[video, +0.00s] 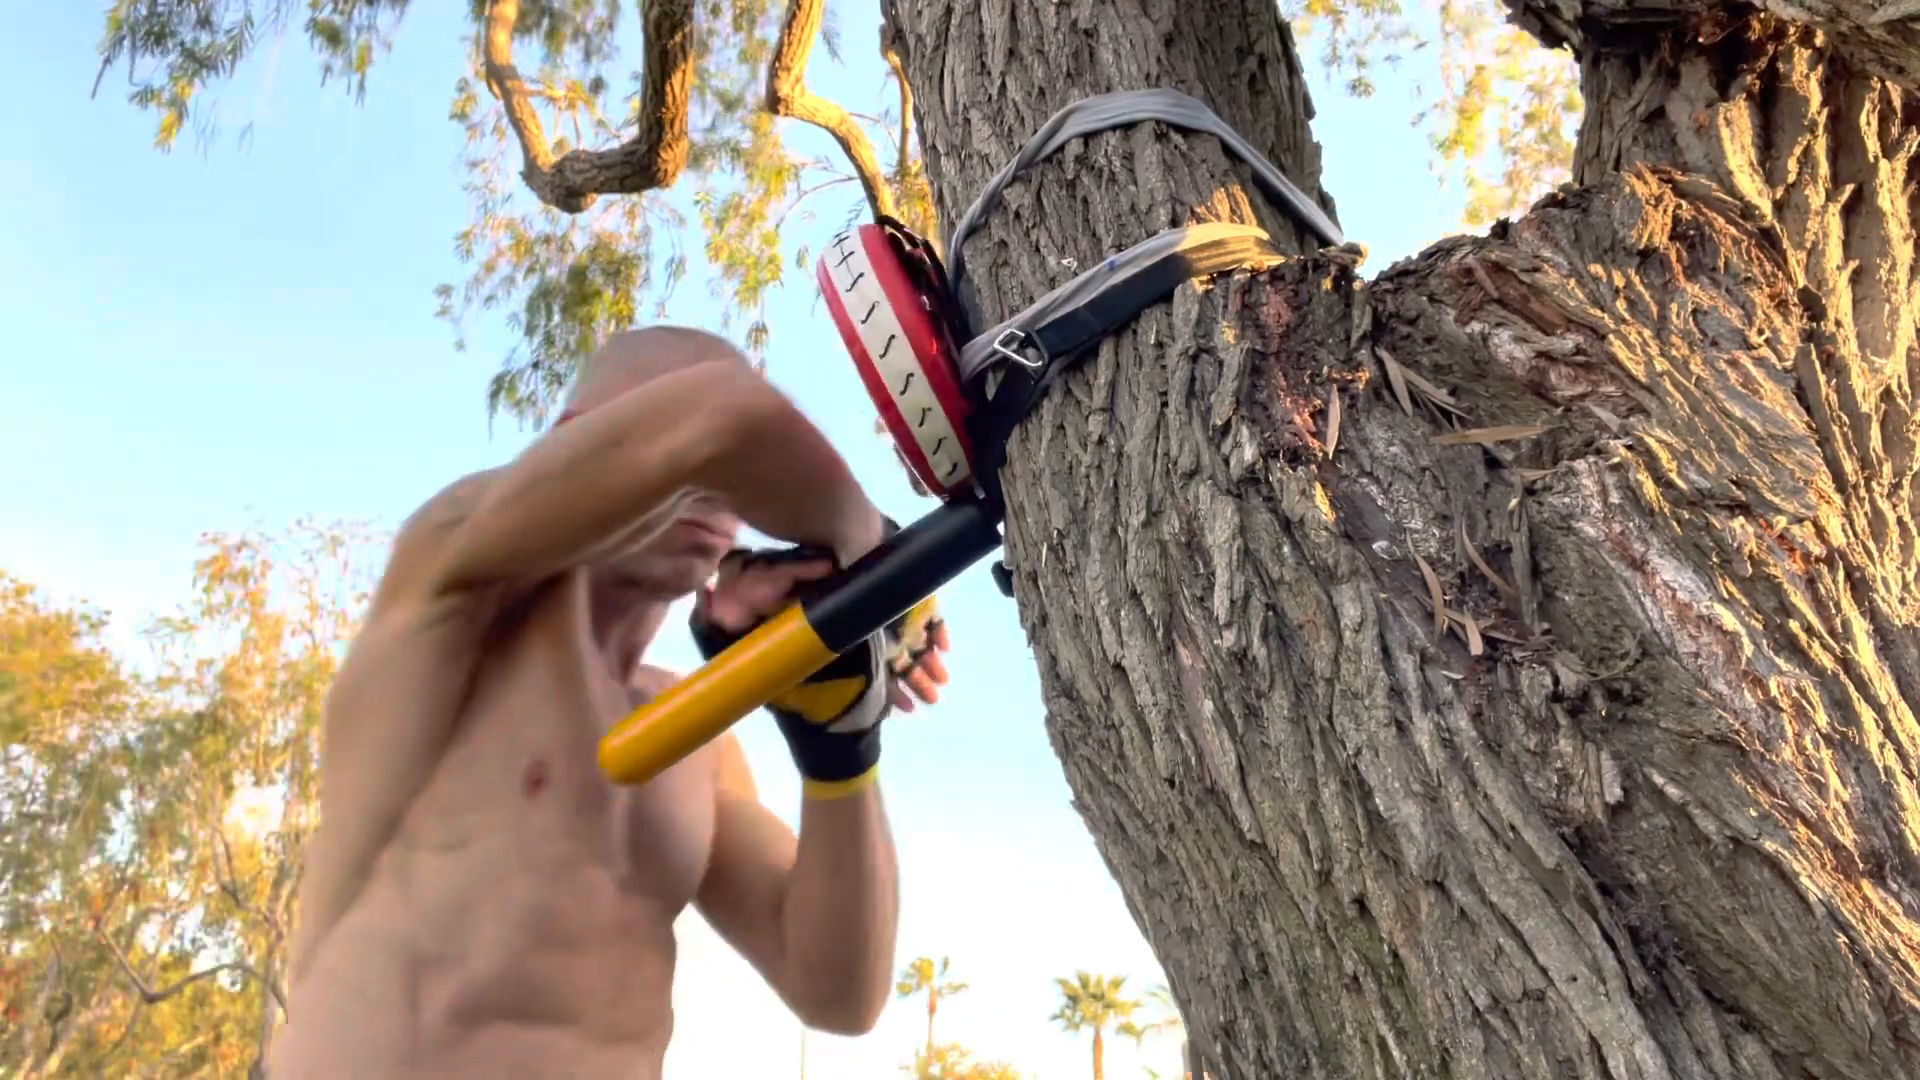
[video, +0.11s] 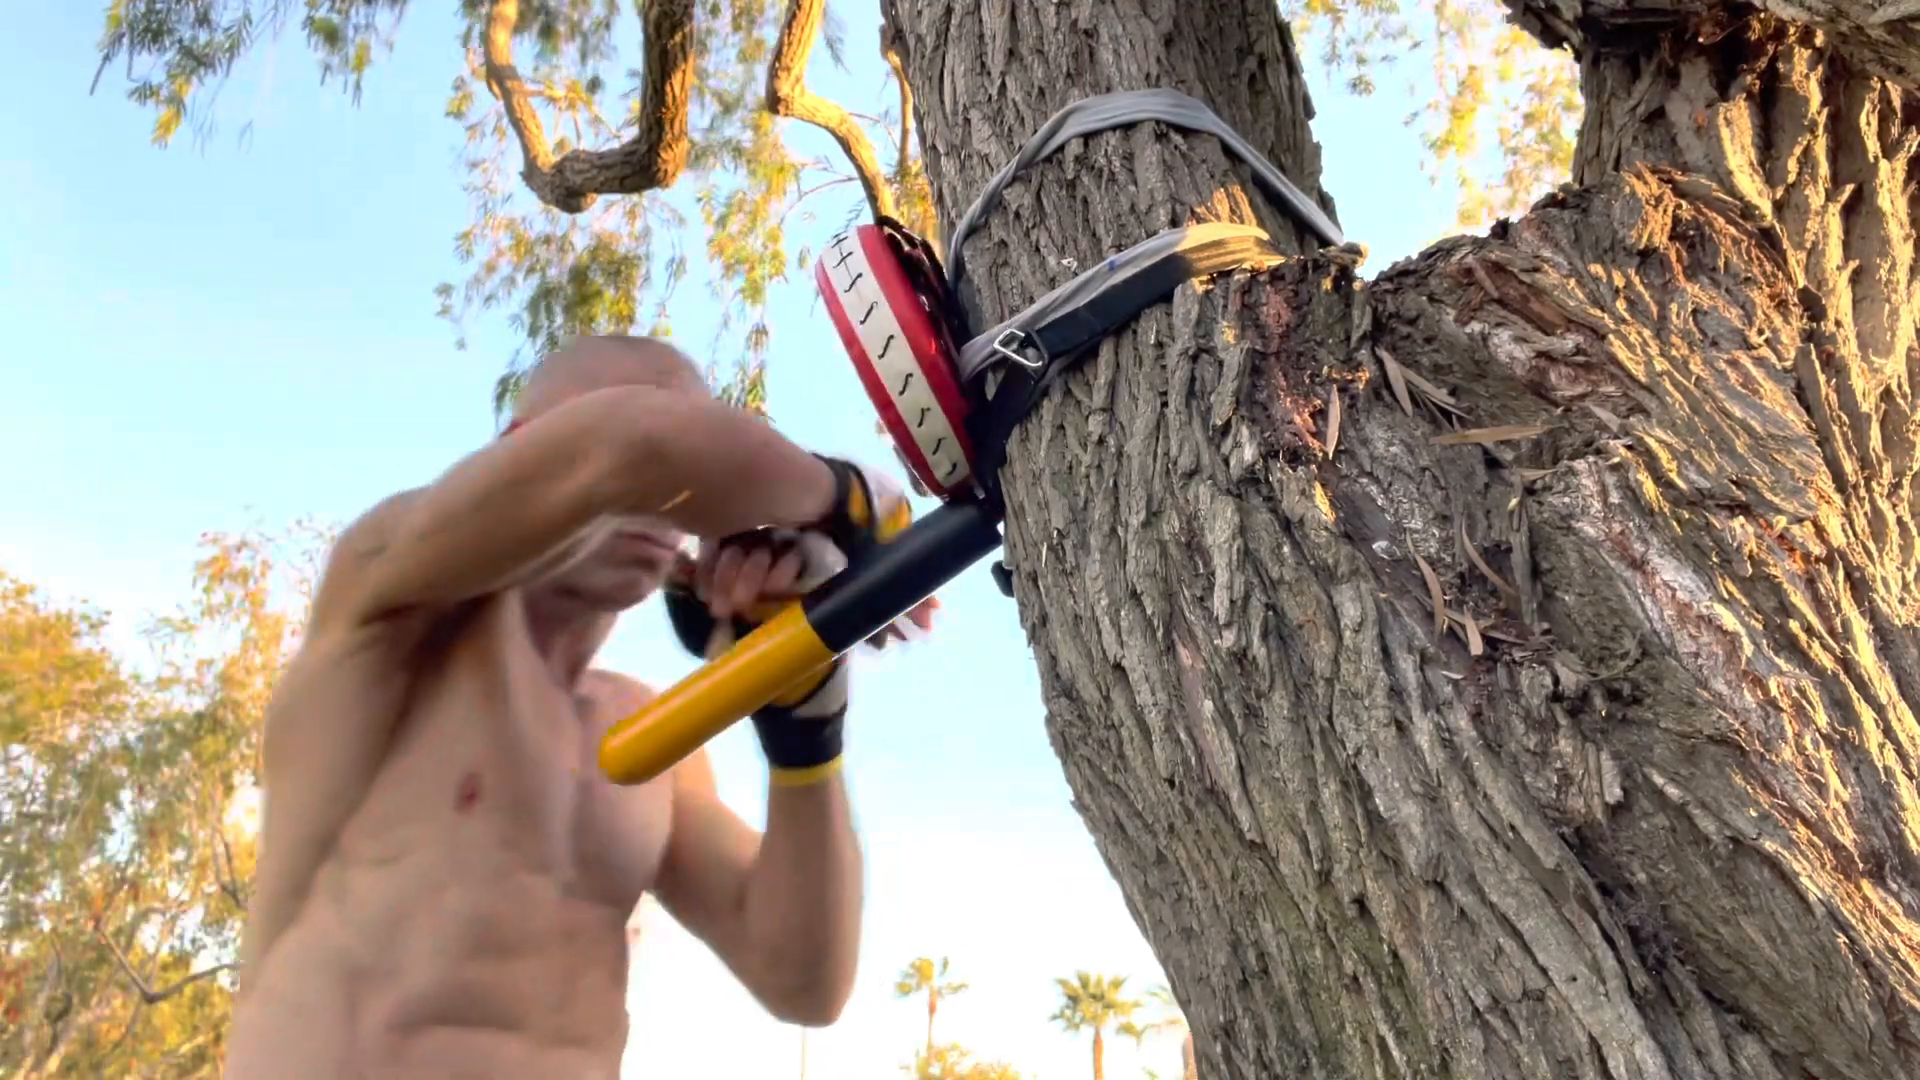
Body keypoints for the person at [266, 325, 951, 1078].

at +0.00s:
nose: (724, 487)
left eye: (738, 463)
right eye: (689, 440)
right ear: (571, 446)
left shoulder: (697, 746)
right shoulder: (454, 574)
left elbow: (838, 993)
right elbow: (718, 406)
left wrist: (836, 743)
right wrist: (856, 536)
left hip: (616, 1058)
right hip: (382, 1051)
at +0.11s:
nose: (663, 495)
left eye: (688, 462)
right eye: (630, 448)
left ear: (710, 511)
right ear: (521, 447)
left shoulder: (645, 733)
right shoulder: (385, 597)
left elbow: (803, 982)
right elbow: (640, 436)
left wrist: (804, 723)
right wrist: (841, 496)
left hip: (575, 1059)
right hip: (349, 1049)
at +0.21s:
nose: (559, 496)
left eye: (583, 468)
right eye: (531, 452)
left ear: (607, 504)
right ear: (408, 460)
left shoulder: (545, 753)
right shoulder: (254, 597)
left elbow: (710, 1026)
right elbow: (466, 545)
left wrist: (640, 793)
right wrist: (742, 393)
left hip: (484, 1057)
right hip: (258, 1048)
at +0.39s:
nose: (437, 513)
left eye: (459, 488)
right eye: (399, 464)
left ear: (467, 517)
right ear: (264, 467)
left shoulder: (437, 702)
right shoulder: (106, 632)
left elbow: (724, 764)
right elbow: (185, 838)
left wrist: (851, 533)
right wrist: (596, 695)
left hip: (380, 1058)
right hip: (128, 1058)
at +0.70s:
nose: (300, 494)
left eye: (326, 467)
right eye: (251, 448)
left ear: (344, 498)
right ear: (124, 469)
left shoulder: (360, 686)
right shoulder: (26, 664)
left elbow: (633, 752)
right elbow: (43, 862)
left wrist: (774, 540)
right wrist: (455, 722)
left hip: (361, 1059)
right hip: (95, 1066)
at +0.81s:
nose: (348, 489)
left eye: (375, 459)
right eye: (298, 439)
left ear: (393, 489)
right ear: (176, 465)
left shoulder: (419, 673)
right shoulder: (47, 655)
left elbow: (686, 708)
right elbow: (71, 885)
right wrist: (498, 745)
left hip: (405, 1058)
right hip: (138, 1062)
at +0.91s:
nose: (469, 460)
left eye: (497, 436)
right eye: (425, 418)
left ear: (523, 465)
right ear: (302, 444)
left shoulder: (523, 670)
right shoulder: (159, 682)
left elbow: (565, 509)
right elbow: (100, 941)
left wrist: (176, 484)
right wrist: (507, 775)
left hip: (489, 1058)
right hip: (238, 1060)